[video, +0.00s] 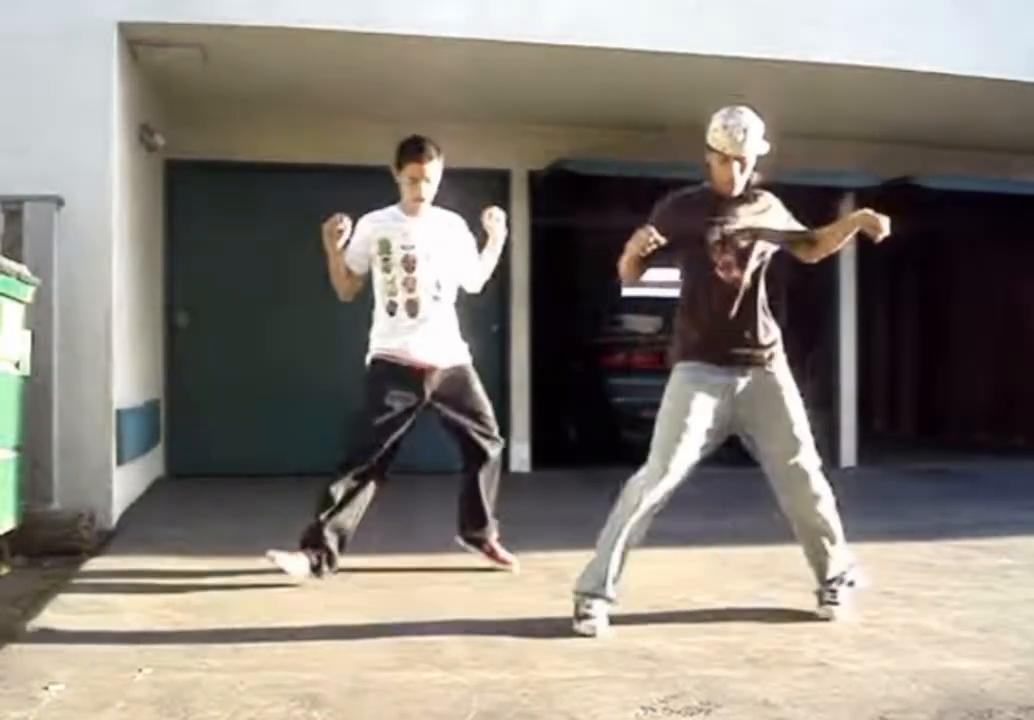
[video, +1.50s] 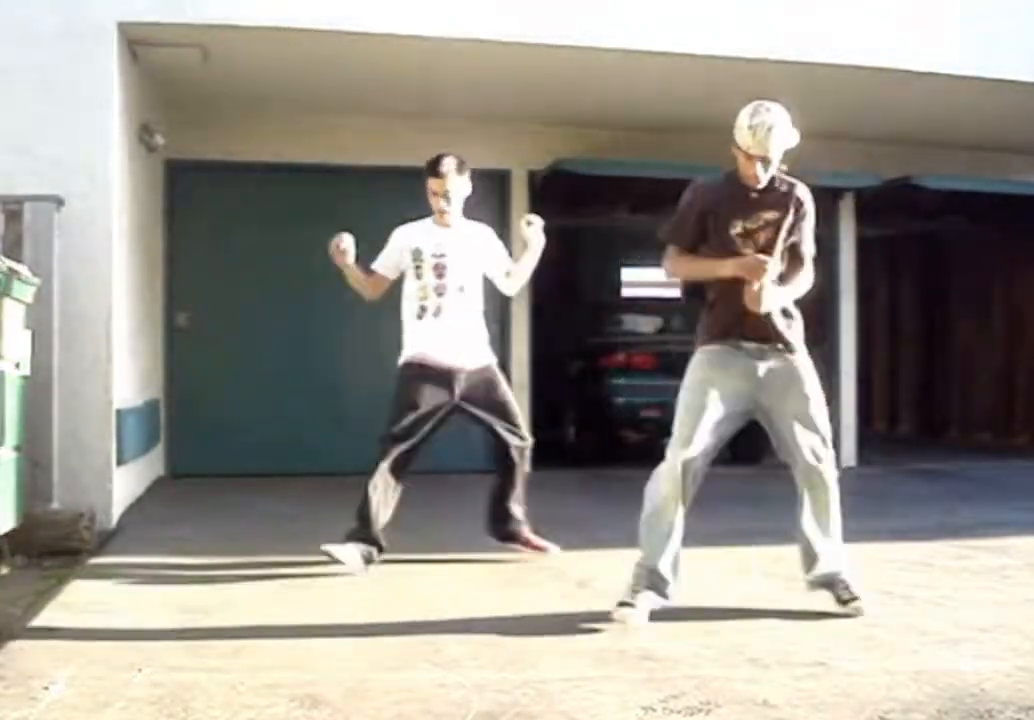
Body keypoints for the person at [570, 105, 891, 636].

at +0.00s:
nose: (736, 173)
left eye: (745, 163)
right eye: (727, 162)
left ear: (757, 161)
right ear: (709, 157)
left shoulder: (767, 206)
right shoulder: (681, 209)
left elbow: (808, 250)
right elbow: (629, 274)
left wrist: (852, 222)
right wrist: (634, 252)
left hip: (764, 367)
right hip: (699, 368)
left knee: (800, 472)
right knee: (659, 477)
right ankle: (594, 594)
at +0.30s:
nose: (727, 154)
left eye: (736, 144)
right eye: (720, 142)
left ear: (746, 140)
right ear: (702, 131)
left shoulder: (743, 185)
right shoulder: (666, 178)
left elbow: (749, 256)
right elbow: (653, 253)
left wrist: (761, 315)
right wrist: (717, 291)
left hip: (732, 330)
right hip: (680, 333)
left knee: (750, 449)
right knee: (718, 447)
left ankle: (701, 559)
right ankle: (754, 582)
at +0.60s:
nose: (685, 159)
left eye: (695, 150)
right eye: (679, 146)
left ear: (707, 147)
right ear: (661, 134)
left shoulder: (707, 189)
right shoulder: (621, 180)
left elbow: (714, 243)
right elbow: (548, 209)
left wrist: (707, 290)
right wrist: (583, 269)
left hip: (694, 333)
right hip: (641, 335)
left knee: (714, 448)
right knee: (664, 454)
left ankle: (669, 557)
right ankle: (691, 573)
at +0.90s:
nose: (659, 174)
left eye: (669, 163)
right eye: (651, 160)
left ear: (680, 161)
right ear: (631, 151)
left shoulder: (674, 201)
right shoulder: (592, 199)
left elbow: (662, 232)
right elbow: (531, 240)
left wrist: (682, 260)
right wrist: (580, 272)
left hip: (665, 360)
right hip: (607, 367)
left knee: (738, 449)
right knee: (584, 481)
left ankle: (787, 562)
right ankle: (523, 577)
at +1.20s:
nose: (696, 170)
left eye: (706, 161)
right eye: (689, 158)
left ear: (720, 157)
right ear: (673, 150)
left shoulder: (730, 205)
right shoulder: (641, 197)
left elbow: (749, 275)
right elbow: (634, 274)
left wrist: (703, 290)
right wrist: (702, 274)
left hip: (703, 361)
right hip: (647, 357)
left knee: (682, 471)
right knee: (660, 473)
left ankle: (633, 561)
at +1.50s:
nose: (759, 170)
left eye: (769, 160)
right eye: (751, 158)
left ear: (784, 153)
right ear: (735, 147)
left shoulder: (797, 199)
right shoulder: (704, 195)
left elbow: (804, 272)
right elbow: (674, 265)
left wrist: (775, 294)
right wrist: (733, 267)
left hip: (784, 355)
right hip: (720, 352)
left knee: (817, 462)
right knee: (682, 460)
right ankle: (650, 583)